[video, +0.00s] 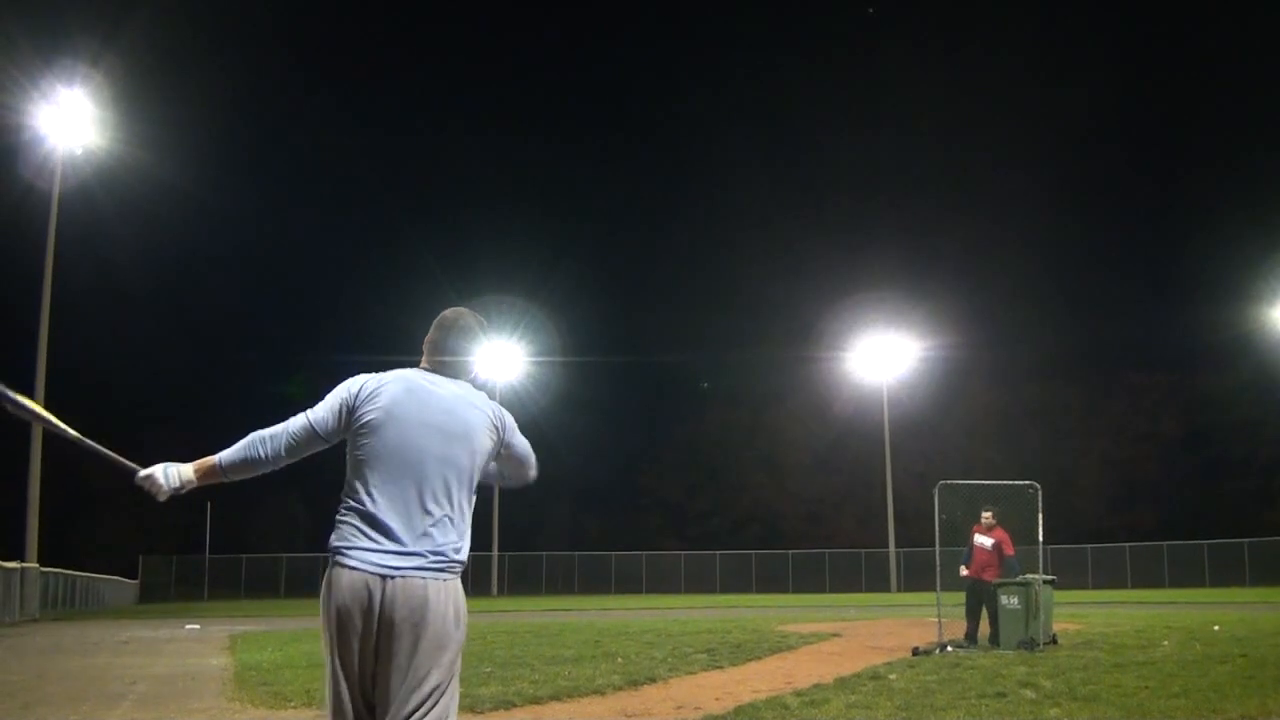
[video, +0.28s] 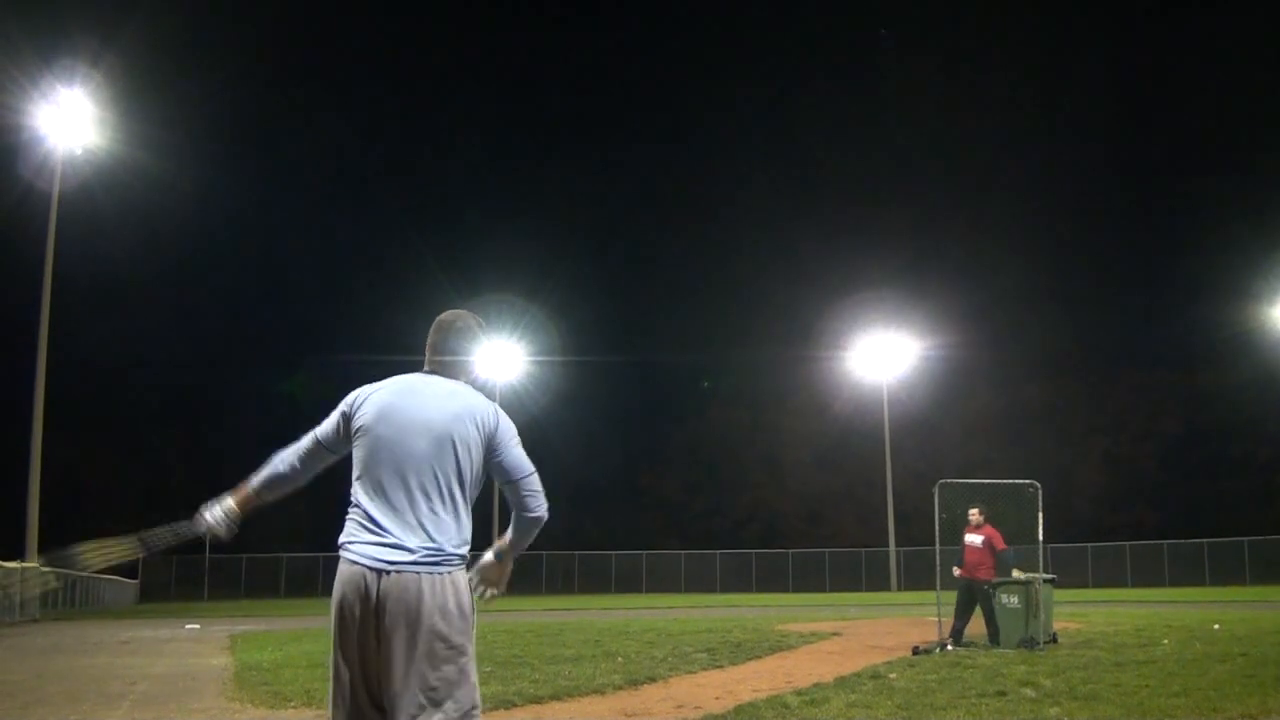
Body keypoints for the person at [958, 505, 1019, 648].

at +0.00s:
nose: (984, 521)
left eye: (987, 518)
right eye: (982, 518)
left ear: (994, 519)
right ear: (980, 518)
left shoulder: (1001, 536)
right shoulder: (977, 529)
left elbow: (1010, 558)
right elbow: (970, 548)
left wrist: (1017, 576)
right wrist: (963, 564)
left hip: (991, 581)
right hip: (974, 578)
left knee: (993, 613)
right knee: (972, 611)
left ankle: (995, 640)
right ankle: (970, 639)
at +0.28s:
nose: (971, 518)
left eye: (974, 515)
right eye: (969, 515)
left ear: (982, 516)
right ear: (968, 517)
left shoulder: (991, 533)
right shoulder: (968, 531)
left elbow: (1003, 553)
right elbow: (964, 551)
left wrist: (1011, 570)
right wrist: (958, 565)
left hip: (984, 580)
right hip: (967, 578)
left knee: (989, 613)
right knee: (961, 611)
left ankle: (995, 642)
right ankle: (955, 639)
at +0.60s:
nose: (949, 520)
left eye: (951, 517)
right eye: (948, 518)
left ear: (960, 516)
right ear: (949, 518)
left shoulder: (971, 529)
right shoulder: (951, 532)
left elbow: (986, 544)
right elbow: (950, 555)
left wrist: (997, 556)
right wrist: (938, 562)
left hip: (968, 577)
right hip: (952, 577)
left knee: (976, 609)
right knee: (951, 611)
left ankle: (990, 637)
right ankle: (952, 640)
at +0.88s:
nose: (937, 521)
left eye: (939, 517)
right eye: (936, 518)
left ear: (947, 515)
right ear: (942, 517)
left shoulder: (960, 527)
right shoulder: (940, 533)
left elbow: (975, 539)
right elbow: (938, 555)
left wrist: (987, 550)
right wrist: (926, 564)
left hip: (958, 573)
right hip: (945, 574)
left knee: (957, 606)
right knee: (946, 607)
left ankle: (962, 636)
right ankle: (951, 637)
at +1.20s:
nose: (936, 517)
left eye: (938, 514)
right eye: (934, 515)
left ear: (946, 513)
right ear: (934, 517)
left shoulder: (956, 526)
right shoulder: (938, 532)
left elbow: (968, 539)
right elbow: (936, 553)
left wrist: (976, 549)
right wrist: (923, 561)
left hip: (954, 573)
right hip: (942, 574)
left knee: (953, 606)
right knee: (944, 606)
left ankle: (957, 638)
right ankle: (949, 637)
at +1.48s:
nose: (935, 516)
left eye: (937, 513)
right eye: (933, 514)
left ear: (945, 513)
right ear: (933, 517)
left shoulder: (953, 526)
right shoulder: (937, 532)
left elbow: (964, 539)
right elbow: (935, 553)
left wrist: (969, 549)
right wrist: (923, 560)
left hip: (953, 573)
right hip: (942, 573)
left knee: (952, 605)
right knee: (944, 606)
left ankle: (956, 637)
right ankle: (949, 637)